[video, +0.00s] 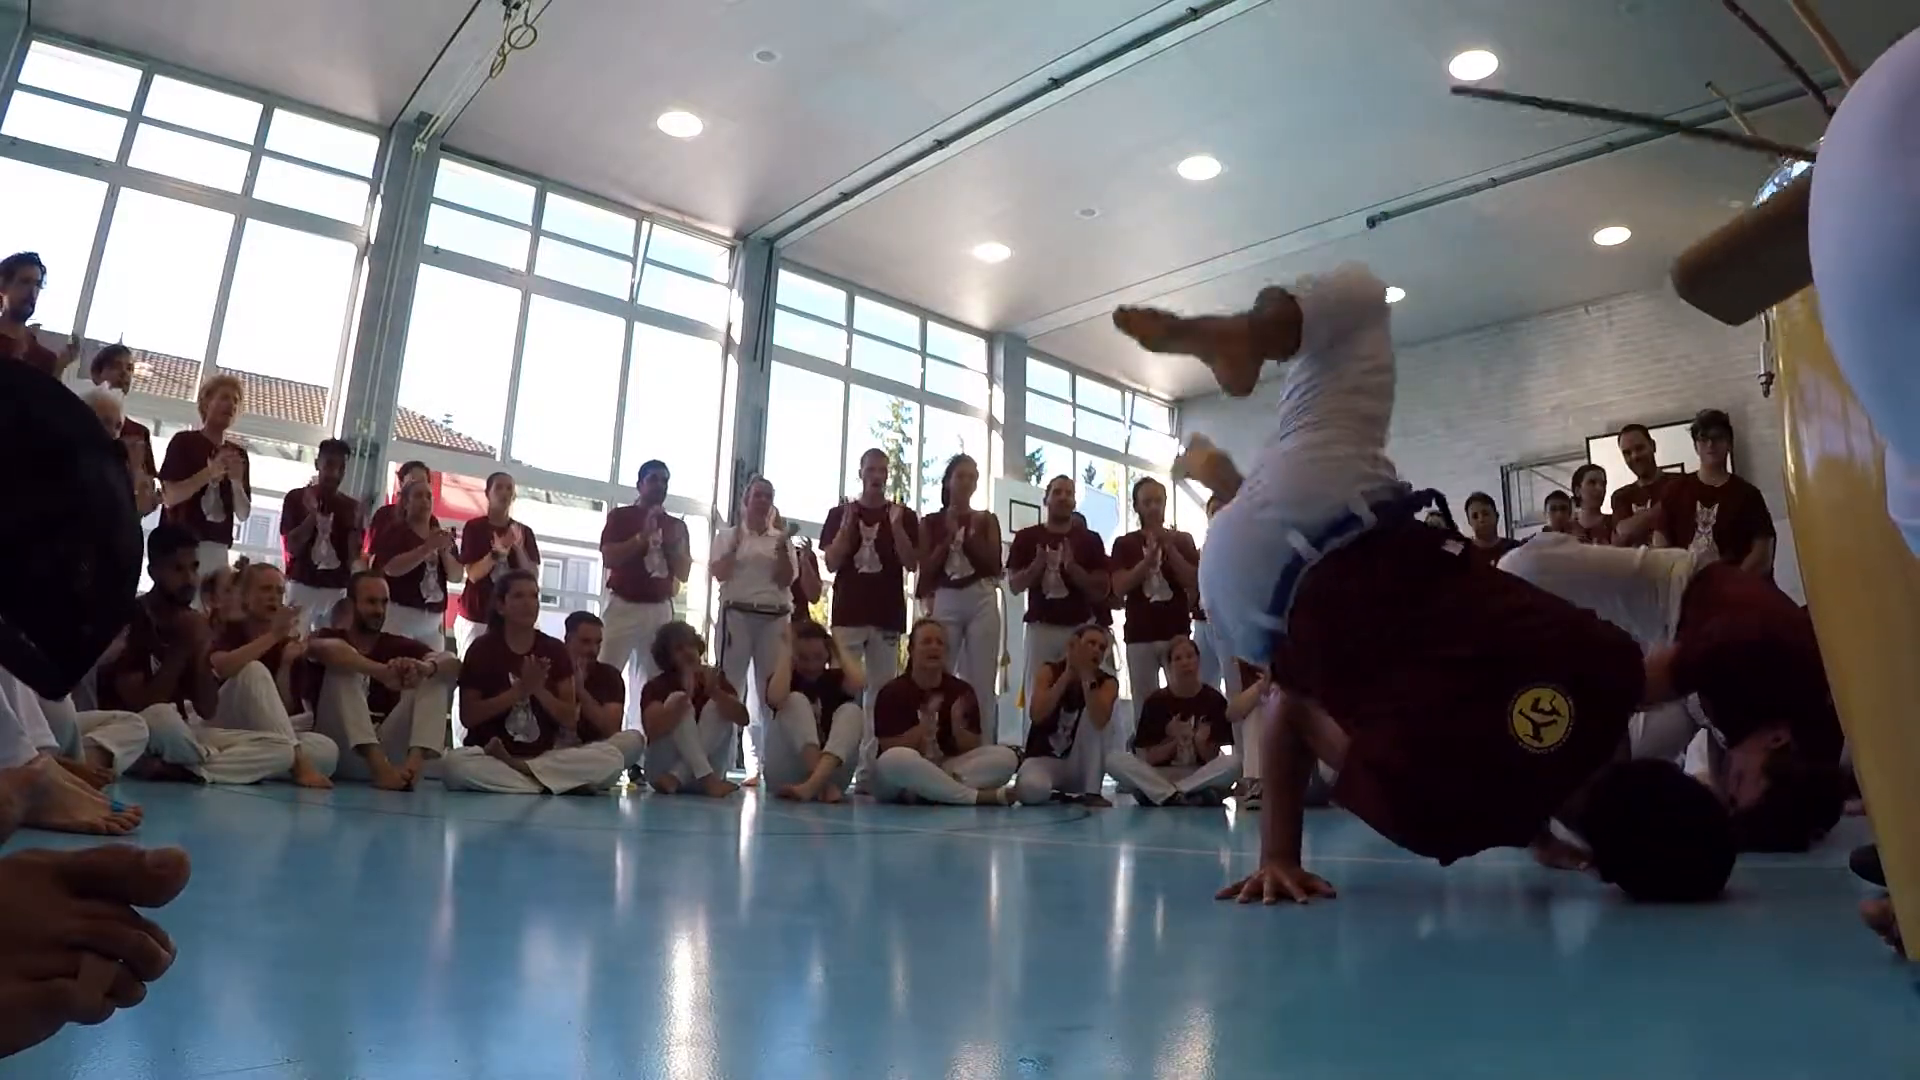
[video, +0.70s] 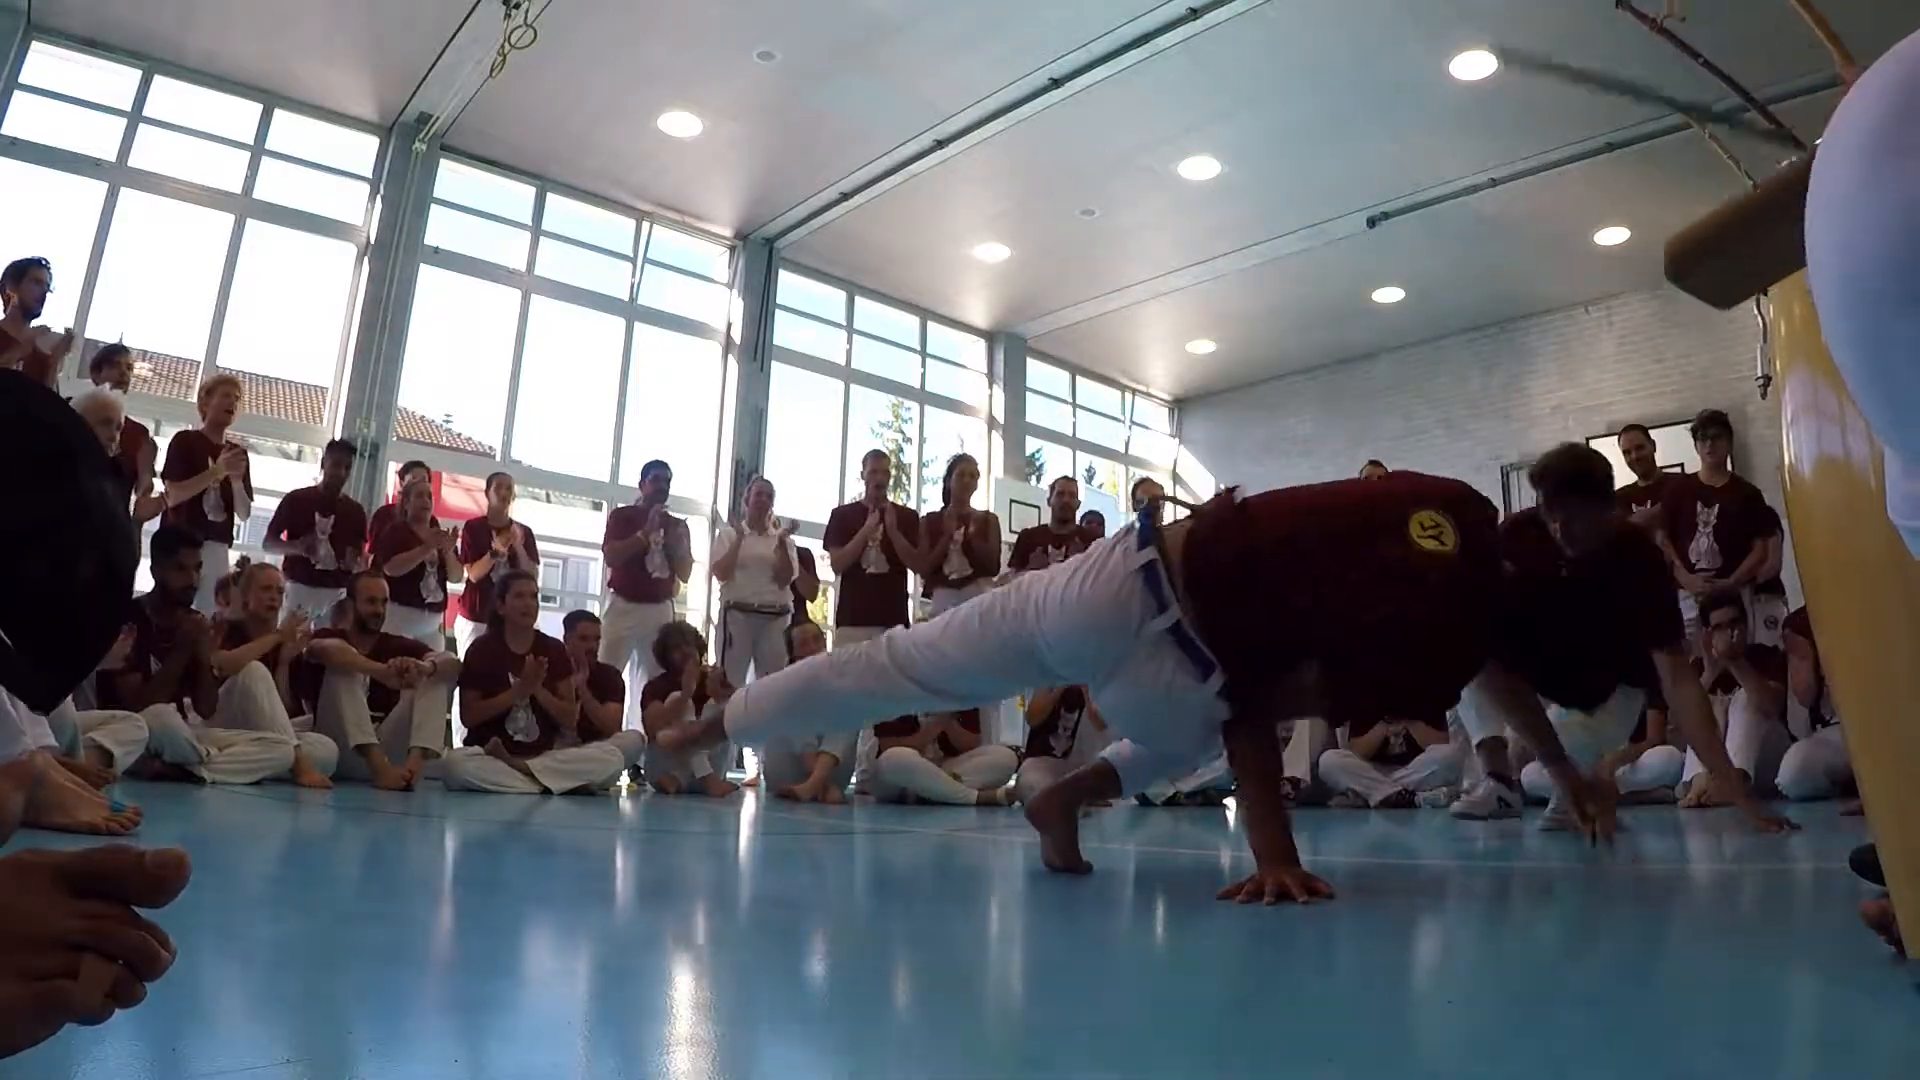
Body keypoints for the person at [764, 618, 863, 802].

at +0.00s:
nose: (811, 665)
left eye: (818, 657)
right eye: (804, 658)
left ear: (828, 655)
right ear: (792, 656)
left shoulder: (835, 678)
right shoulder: (780, 679)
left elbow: (858, 684)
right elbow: (776, 699)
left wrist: (838, 650)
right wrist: (787, 648)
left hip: (832, 778)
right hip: (785, 776)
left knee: (851, 710)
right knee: (796, 700)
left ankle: (812, 785)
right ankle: (824, 783)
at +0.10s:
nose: (811, 664)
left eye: (818, 656)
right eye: (804, 657)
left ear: (827, 654)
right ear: (794, 656)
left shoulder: (836, 679)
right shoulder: (780, 680)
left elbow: (859, 687)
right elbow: (775, 701)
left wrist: (839, 656)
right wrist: (791, 653)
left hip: (832, 779)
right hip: (785, 777)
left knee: (851, 711)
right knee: (797, 701)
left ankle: (812, 785)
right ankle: (824, 783)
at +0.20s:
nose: (806, 657)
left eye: (812, 649)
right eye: (799, 652)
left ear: (821, 648)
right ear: (790, 653)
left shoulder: (836, 679)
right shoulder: (781, 679)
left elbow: (860, 695)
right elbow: (773, 703)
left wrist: (838, 659)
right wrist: (807, 668)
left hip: (831, 778)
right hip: (785, 776)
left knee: (847, 711)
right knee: (796, 700)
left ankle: (812, 785)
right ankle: (824, 783)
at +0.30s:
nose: (810, 655)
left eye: (814, 647)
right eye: (801, 653)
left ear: (823, 645)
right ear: (791, 658)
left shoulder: (839, 679)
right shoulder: (785, 678)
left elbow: (860, 696)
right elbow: (775, 701)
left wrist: (844, 664)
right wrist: (817, 683)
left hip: (832, 778)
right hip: (785, 776)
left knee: (846, 709)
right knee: (795, 702)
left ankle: (812, 785)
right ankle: (825, 783)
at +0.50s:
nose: (810, 651)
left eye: (813, 642)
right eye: (800, 649)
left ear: (821, 644)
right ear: (790, 656)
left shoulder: (837, 678)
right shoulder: (784, 677)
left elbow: (861, 699)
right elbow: (777, 701)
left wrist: (840, 658)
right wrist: (833, 697)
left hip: (832, 779)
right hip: (786, 777)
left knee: (845, 709)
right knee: (795, 704)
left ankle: (812, 785)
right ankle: (824, 784)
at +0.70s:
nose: (812, 648)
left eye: (816, 640)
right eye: (803, 644)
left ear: (825, 644)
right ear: (792, 653)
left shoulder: (845, 684)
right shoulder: (781, 685)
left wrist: (814, 782)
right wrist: (824, 785)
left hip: (833, 779)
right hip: (785, 778)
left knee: (847, 720)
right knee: (794, 723)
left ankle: (812, 785)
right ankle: (825, 786)